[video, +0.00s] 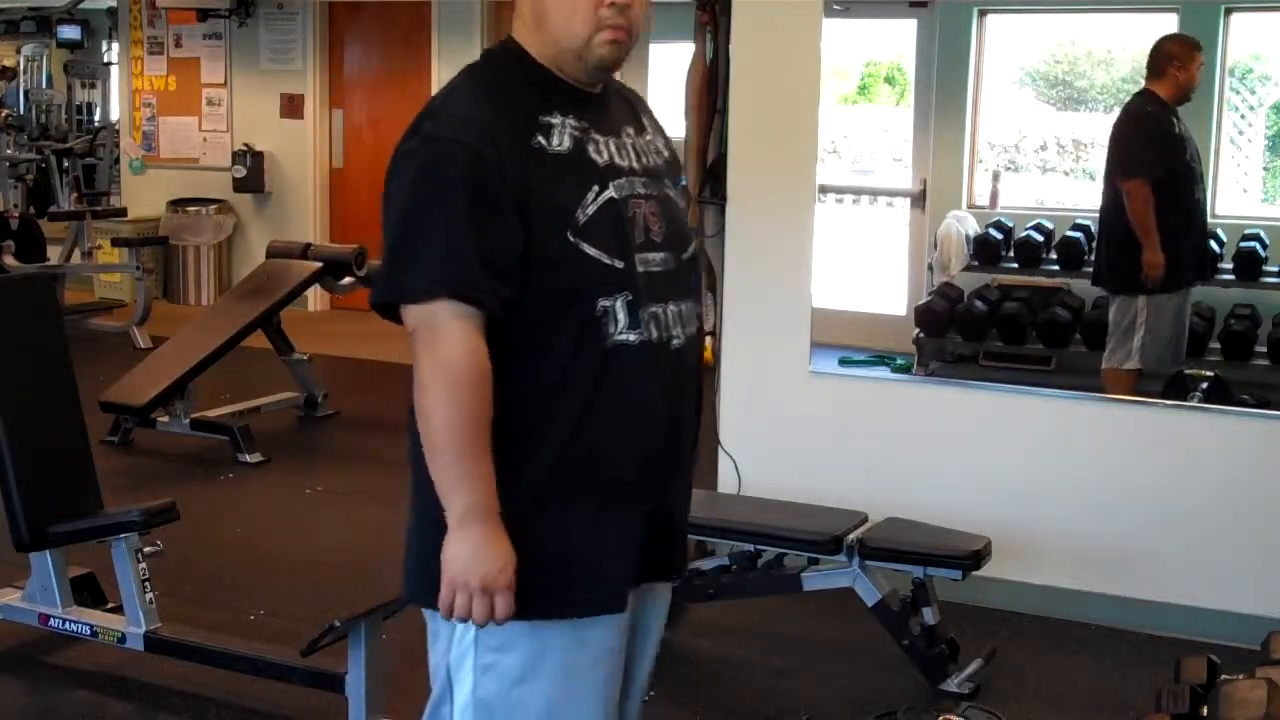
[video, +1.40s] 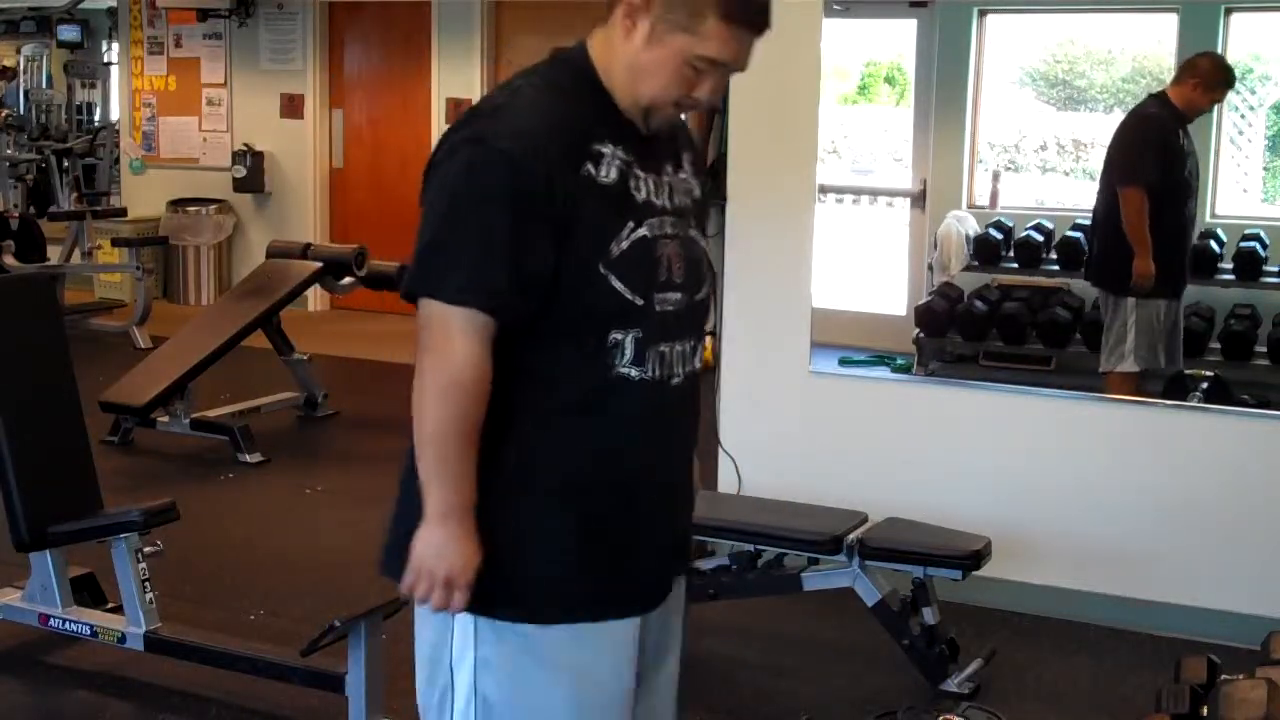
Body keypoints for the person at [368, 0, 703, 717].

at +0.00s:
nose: (624, 3)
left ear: (648, 7)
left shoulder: (634, 116)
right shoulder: (465, 129)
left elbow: (655, 311)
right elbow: (442, 328)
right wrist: (471, 520)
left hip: (638, 534)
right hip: (527, 552)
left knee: (604, 707)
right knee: (522, 709)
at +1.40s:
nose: (709, 96)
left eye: (726, 74)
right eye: (701, 66)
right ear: (633, 18)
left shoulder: (673, 142)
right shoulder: (508, 141)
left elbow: (658, 331)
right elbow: (451, 333)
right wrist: (446, 518)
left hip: (644, 551)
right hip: (522, 569)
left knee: (636, 707)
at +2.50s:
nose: (747, 171)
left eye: (763, 155)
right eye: (745, 147)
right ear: (687, 90)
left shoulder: (693, 184)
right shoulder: (525, 172)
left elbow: (683, 344)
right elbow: (447, 367)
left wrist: (678, 479)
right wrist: (406, 548)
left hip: (576, 565)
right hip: (457, 576)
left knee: (556, 709)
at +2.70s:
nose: (772, 288)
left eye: (790, 274)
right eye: (771, 263)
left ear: (719, 203)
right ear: (718, 201)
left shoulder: (702, 271)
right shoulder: (550, 257)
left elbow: (683, 419)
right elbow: (460, 464)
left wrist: (669, 546)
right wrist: (404, 641)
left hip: (548, 545)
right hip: (412, 561)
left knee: (577, 708)